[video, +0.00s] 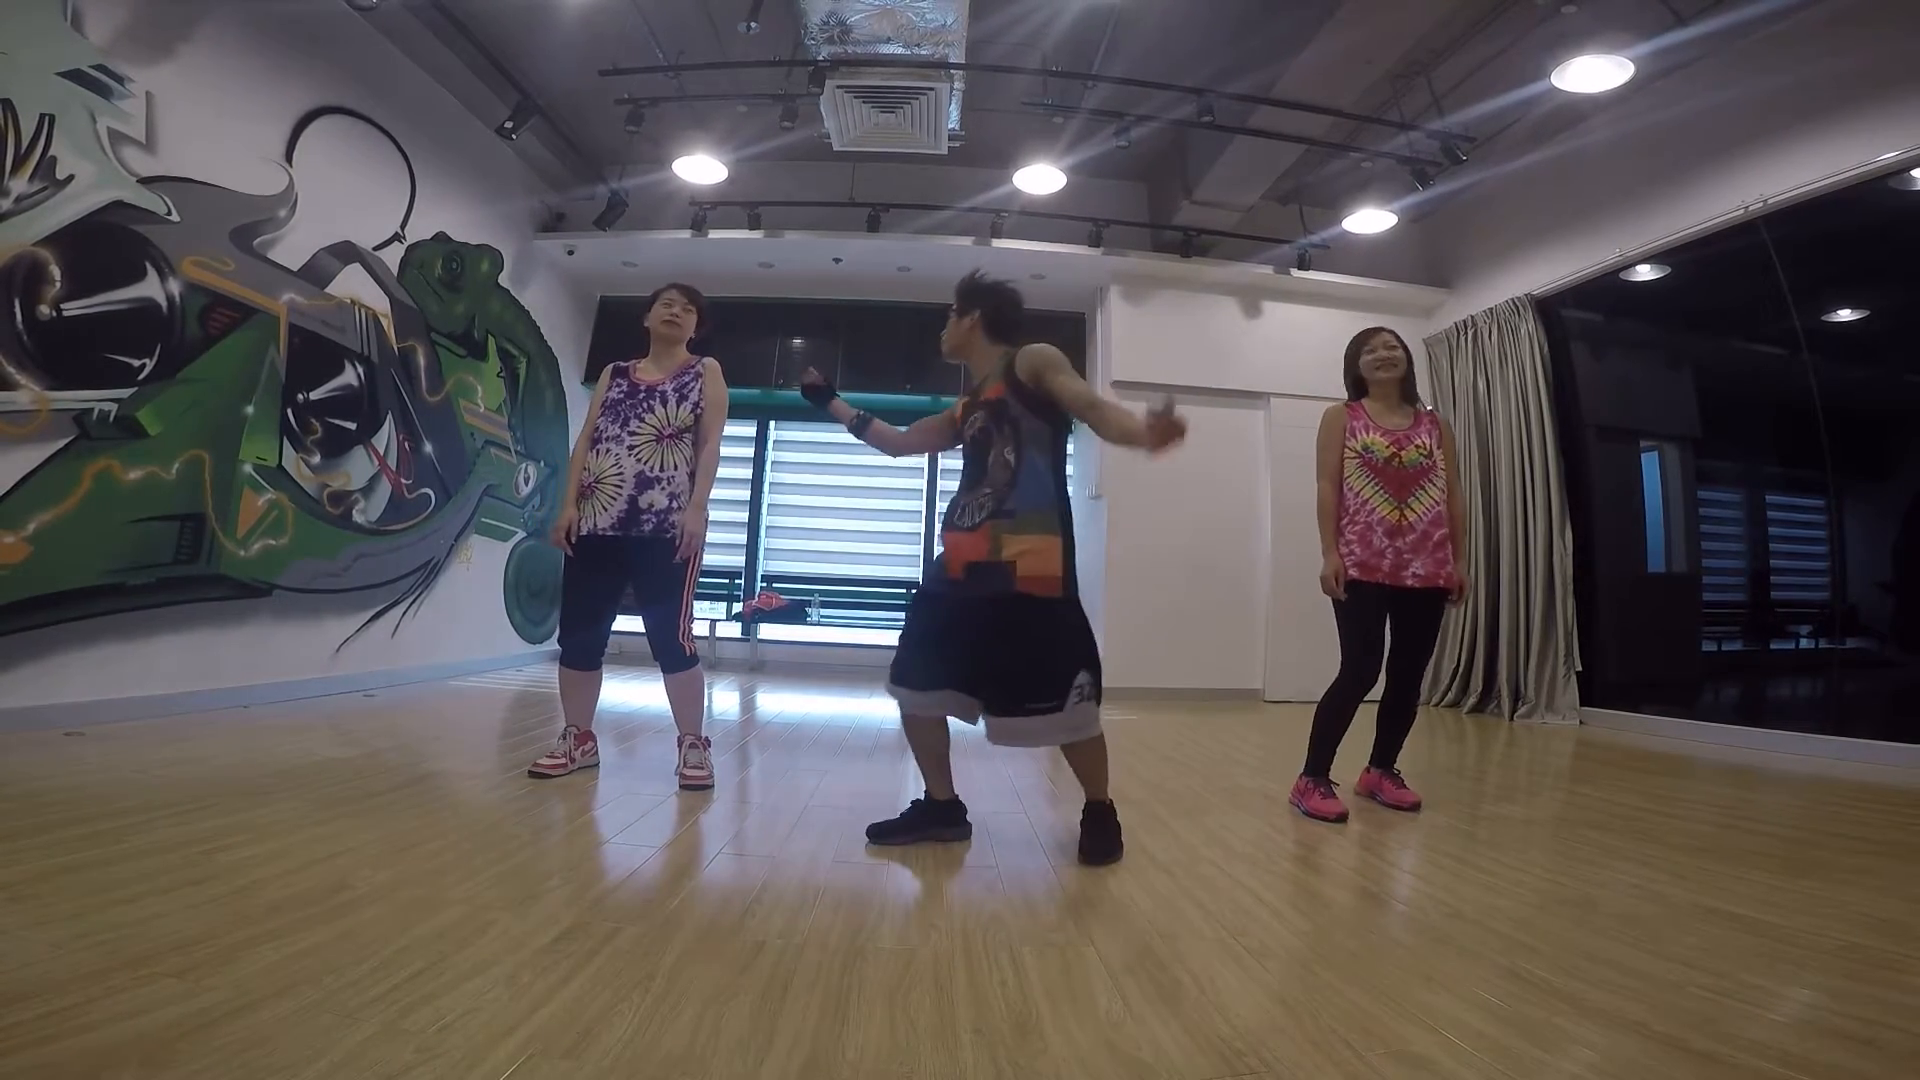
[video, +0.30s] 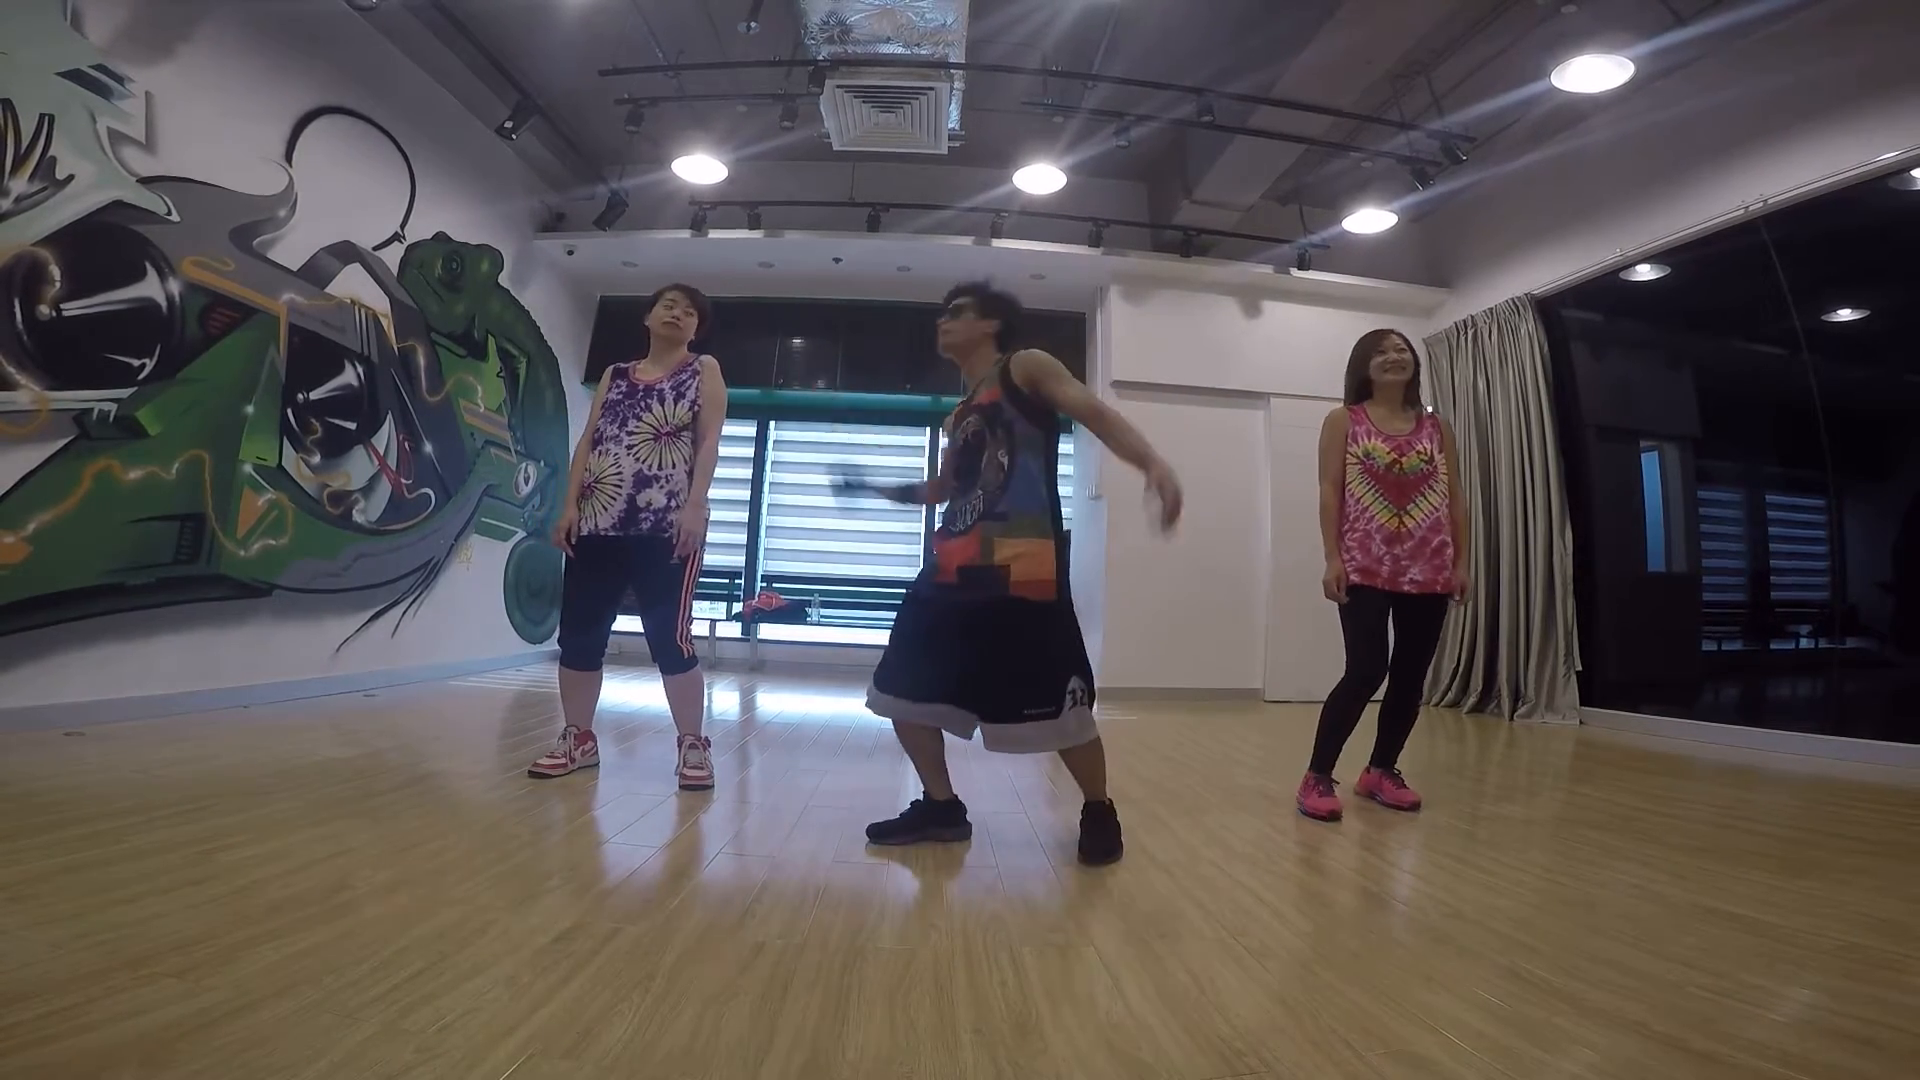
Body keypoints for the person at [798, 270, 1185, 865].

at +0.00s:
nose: (944, 328)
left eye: (952, 317)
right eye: (947, 317)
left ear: (977, 320)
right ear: (978, 324)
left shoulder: (1033, 361)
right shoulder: (970, 405)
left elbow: (1089, 405)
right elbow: (899, 440)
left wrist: (1143, 433)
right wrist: (829, 400)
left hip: (1036, 567)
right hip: (961, 567)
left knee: (1067, 700)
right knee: (917, 685)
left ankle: (1099, 811)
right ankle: (940, 805)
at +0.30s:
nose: (941, 322)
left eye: (955, 312)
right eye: (941, 315)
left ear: (991, 325)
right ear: (951, 335)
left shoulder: (1028, 367)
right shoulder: (959, 413)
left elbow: (1095, 413)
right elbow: (955, 484)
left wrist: (1153, 464)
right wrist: (896, 493)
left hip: (1026, 567)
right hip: (953, 569)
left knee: (1062, 700)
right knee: (902, 688)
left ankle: (1098, 810)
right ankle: (939, 805)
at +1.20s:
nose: (1020, 279)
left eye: (1034, 271)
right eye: (1006, 268)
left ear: (1051, 292)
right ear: (982, 287)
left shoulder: (1074, 374)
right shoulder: (944, 372)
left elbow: (1087, 465)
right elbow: (900, 449)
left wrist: (1078, 538)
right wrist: (901, 475)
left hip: (1043, 563)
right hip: (964, 564)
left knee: (1045, 703)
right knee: (956, 707)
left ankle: (1015, 829)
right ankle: (958, 809)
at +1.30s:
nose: (1049, 305)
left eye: (1063, 298)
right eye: (1033, 294)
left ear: (1078, 322)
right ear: (1007, 312)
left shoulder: (1086, 412)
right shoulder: (955, 391)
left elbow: (1080, 502)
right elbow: (896, 471)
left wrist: (1061, 572)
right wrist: (930, 520)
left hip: (1043, 587)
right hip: (964, 585)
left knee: (1048, 722)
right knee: (963, 728)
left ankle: (1016, 832)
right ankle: (958, 812)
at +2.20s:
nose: (963, 269)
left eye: (979, 261)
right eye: (946, 260)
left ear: (1000, 285)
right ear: (922, 288)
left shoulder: (1051, 345)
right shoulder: (923, 402)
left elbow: (1115, 453)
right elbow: (923, 515)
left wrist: (1162, 552)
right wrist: (918, 561)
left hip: (1069, 583)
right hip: (971, 586)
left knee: (1070, 741)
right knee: (947, 739)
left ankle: (1019, 826)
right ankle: (973, 865)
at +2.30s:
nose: (984, 251)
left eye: (999, 240)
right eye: (966, 238)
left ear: (1018, 259)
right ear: (939, 259)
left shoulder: (1059, 337)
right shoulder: (913, 368)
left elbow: (1130, 432)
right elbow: (896, 469)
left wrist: (1218, 491)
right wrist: (860, 503)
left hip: (1054, 570)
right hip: (956, 570)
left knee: (1073, 742)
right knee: (937, 744)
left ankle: (1025, 813)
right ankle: (972, 866)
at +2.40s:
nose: (1012, 229)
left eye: (1025, 219)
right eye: (993, 217)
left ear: (1038, 241)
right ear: (959, 236)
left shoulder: (1069, 328)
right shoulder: (913, 334)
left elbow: (1158, 406)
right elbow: (858, 413)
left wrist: (1273, 442)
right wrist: (810, 431)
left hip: (1047, 561)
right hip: (942, 565)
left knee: (1086, 732)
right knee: (930, 744)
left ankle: (1028, 807)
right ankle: (970, 866)